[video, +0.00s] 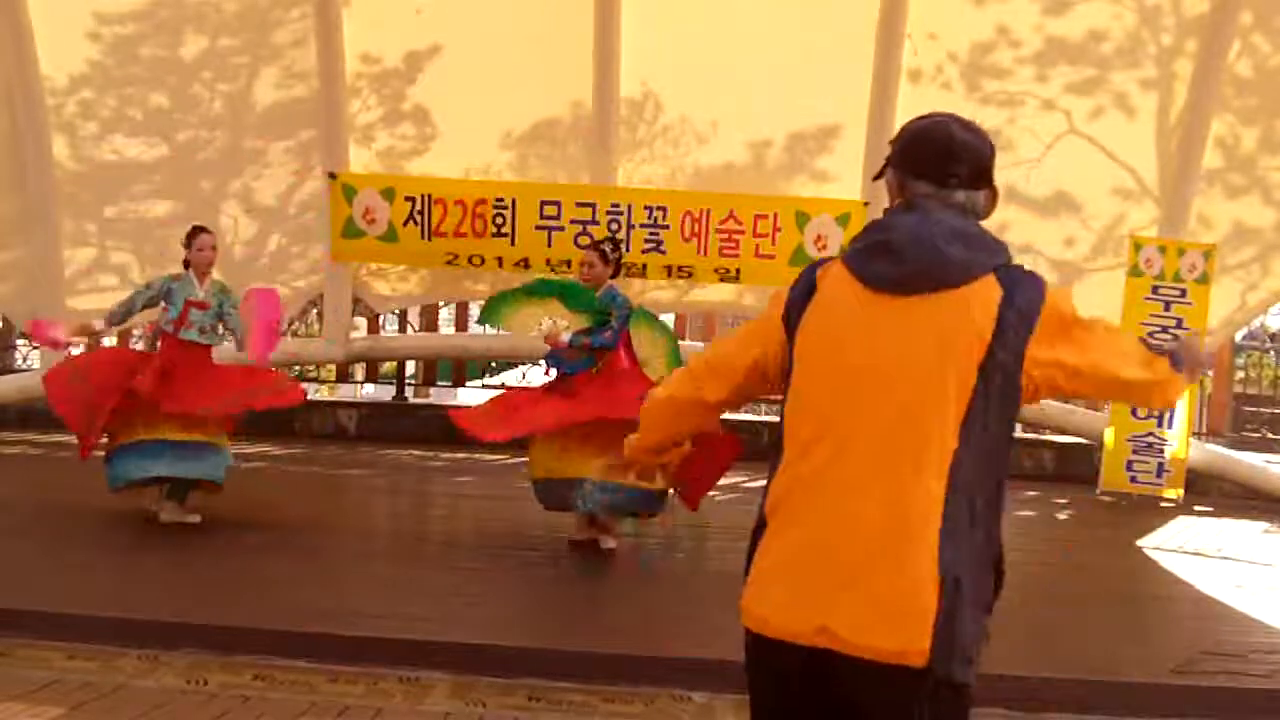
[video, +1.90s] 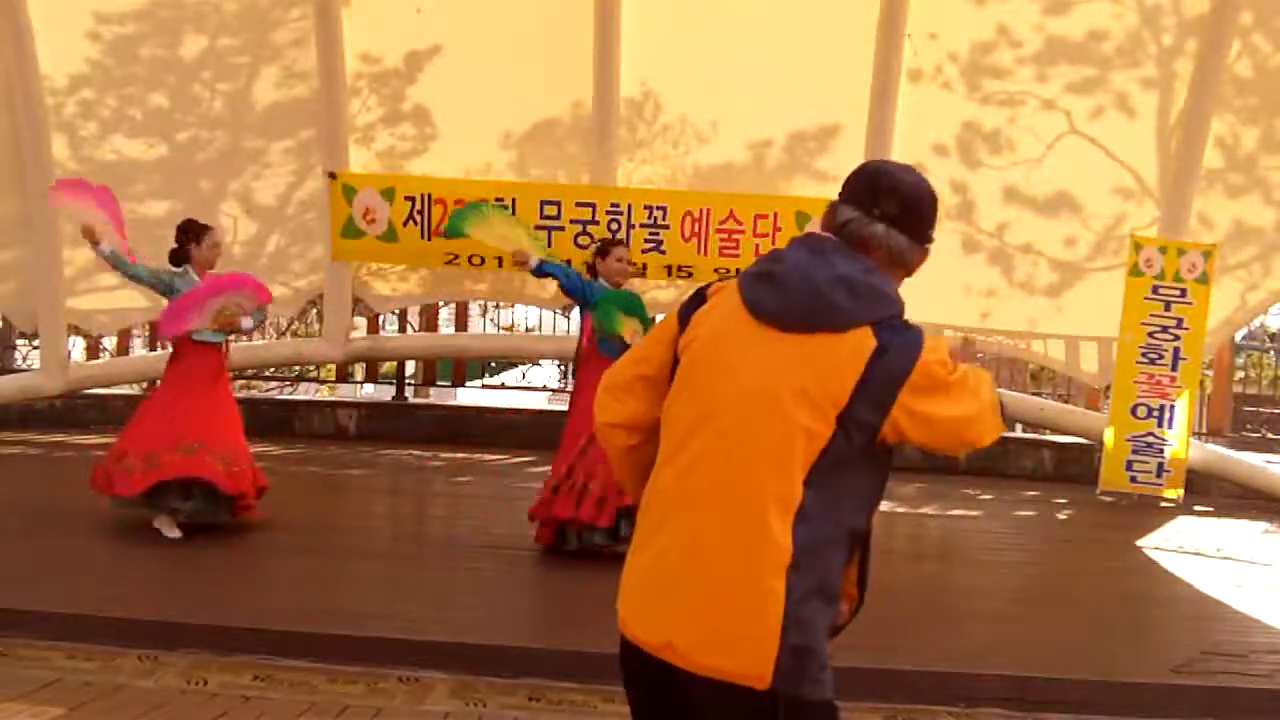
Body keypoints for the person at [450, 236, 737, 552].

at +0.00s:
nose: (582, 272)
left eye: (590, 266)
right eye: (581, 265)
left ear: (610, 269)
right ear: (582, 267)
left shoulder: (616, 301)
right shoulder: (587, 300)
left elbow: (610, 340)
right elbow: (589, 340)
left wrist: (569, 341)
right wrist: (560, 338)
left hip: (610, 386)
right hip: (585, 385)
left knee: (603, 451)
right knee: (584, 448)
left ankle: (605, 529)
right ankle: (586, 526)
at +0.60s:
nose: (579, 271)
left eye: (587, 265)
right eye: (577, 264)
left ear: (603, 270)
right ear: (573, 267)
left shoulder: (611, 303)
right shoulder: (566, 299)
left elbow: (605, 347)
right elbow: (547, 334)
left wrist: (567, 360)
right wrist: (540, 353)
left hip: (600, 387)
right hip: (565, 385)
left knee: (597, 453)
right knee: (567, 453)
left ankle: (597, 527)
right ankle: (572, 525)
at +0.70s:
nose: (578, 270)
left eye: (586, 265)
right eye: (576, 264)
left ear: (603, 270)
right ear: (573, 267)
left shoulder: (612, 304)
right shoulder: (564, 298)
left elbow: (604, 348)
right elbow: (533, 317)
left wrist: (564, 360)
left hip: (597, 385)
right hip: (562, 383)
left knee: (588, 449)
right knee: (558, 449)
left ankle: (577, 523)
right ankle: (556, 524)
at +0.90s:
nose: (579, 271)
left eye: (588, 266)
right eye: (577, 264)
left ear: (606, 272)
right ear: (573, 266)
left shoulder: (613, 304)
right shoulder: (561, 293)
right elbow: (522, 294)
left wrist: (566, 360)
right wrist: (483, 279)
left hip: (596, 384)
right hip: (557, 380)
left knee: (576, 448)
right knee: (547, 441)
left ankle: (560, 527)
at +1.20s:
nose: (581, 267)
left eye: (589, 263)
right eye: (579, 262)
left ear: (607, 268)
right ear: (576, 264)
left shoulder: (615, 305)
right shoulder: (563, 290)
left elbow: (614, 349)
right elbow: (528, 270)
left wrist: (576, 362)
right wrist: (509, 232)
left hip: (594, 387)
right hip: (558, 383)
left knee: (579, 450)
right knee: (544, 444)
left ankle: (564, 526)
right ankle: (537, 524)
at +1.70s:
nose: (602, 264)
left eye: (609, 260)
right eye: (597, 257)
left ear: (618, 266)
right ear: (587, 261)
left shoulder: (622, 305)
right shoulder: (574, 289)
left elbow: (645, 345)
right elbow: (540, 267)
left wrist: (622, 351)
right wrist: (499, 246)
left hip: (606, 379)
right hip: (572, 374)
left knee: (598, 444)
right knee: (564, 442)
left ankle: (589, 518)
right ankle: (550, 520)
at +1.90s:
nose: (627, 267)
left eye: (628, 261)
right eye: (619, 260)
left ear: (628, 267)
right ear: (599, 262)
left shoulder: (633, 301)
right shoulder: (593, 292)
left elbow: (652, 339)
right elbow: (567, 276)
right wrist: (536, 263)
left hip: (624, 382)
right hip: (593, 380)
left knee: (616, 448)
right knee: (587, 447)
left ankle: (610, 526)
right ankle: (574, 525)